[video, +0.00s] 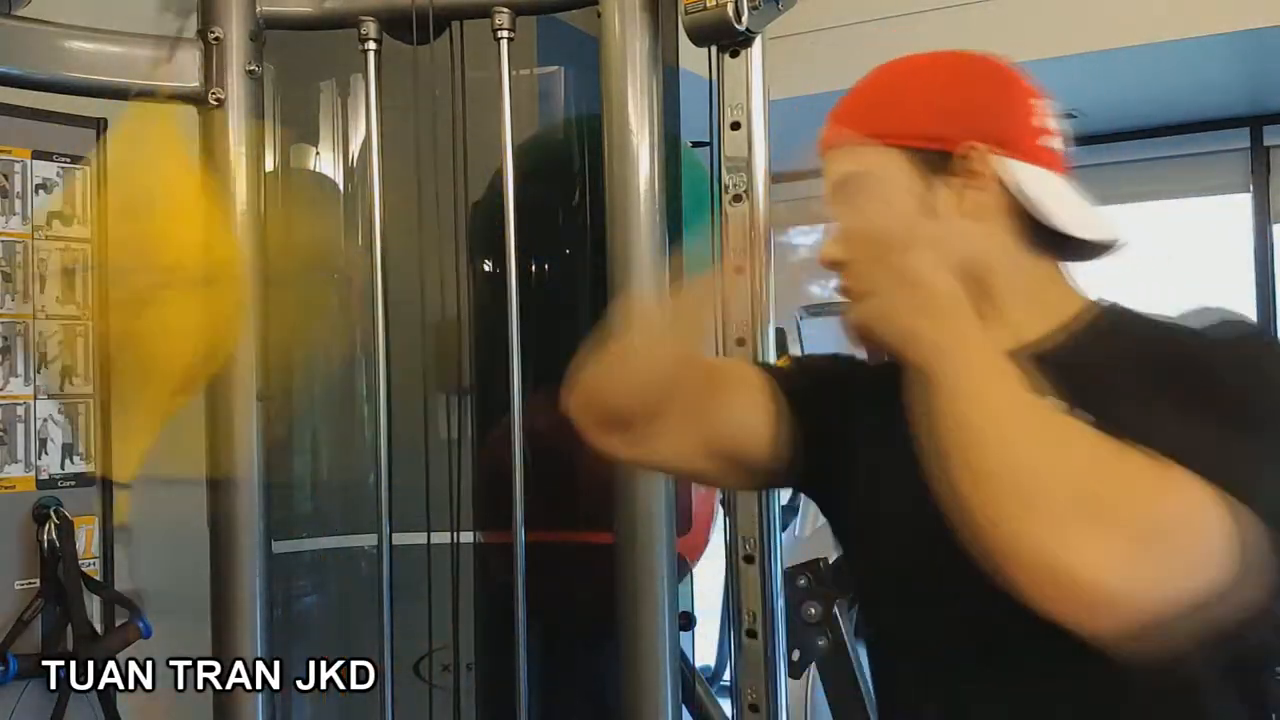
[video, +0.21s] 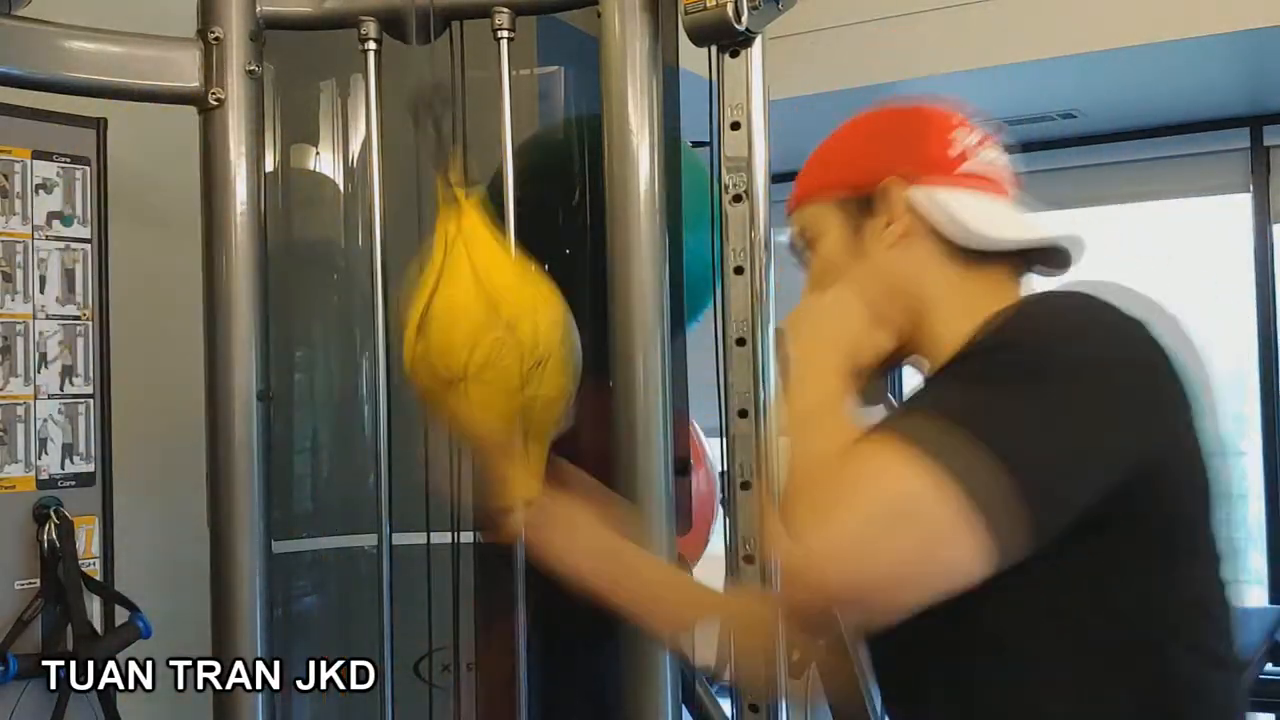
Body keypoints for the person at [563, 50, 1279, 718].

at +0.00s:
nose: (827, 251)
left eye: (849, 197)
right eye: (830, 209)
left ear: (970, 185)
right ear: (966, 189)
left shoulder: (1226, 374)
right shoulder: (864, 409)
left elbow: (1117, 580)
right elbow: (611, 404)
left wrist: (938, 325)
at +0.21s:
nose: (809, 297)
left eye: (811, 250)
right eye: (802, 261)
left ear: (894, 220)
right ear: (894, 225)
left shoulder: (1088, 347)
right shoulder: (959, 414)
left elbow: (827, 559)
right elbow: (814, 660)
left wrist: (816, 357)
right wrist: (540, 510)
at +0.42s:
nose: (763, 362)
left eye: (766, 322)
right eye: (756, 331)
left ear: (857, 293)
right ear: (862, 294)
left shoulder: (979, 431)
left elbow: (723, 663)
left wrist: (727, 419)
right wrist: (725, 434)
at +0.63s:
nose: (755, 248)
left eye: (779, 199)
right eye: (756, 214)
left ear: (903, 183)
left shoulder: (1119, 344)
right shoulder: (831, 448)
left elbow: (1008, 500)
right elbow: (776, 650)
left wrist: (855, 341)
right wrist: (546, 533)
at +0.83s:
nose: (800, 244)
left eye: (828, 196)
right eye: (791, 209)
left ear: (956, 181)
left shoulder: (1182, 384)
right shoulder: (801, 395)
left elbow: (1203, 614)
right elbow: (558, 347)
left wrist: (984, 308)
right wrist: (686, 199)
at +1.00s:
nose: (817, 250)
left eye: (844, 206)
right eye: (816, 213)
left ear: (974, 208)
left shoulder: (1201, 415)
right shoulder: (832, 401)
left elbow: (1128, 672)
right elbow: (567, 351)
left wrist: (956, 371)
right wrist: (831, 290)